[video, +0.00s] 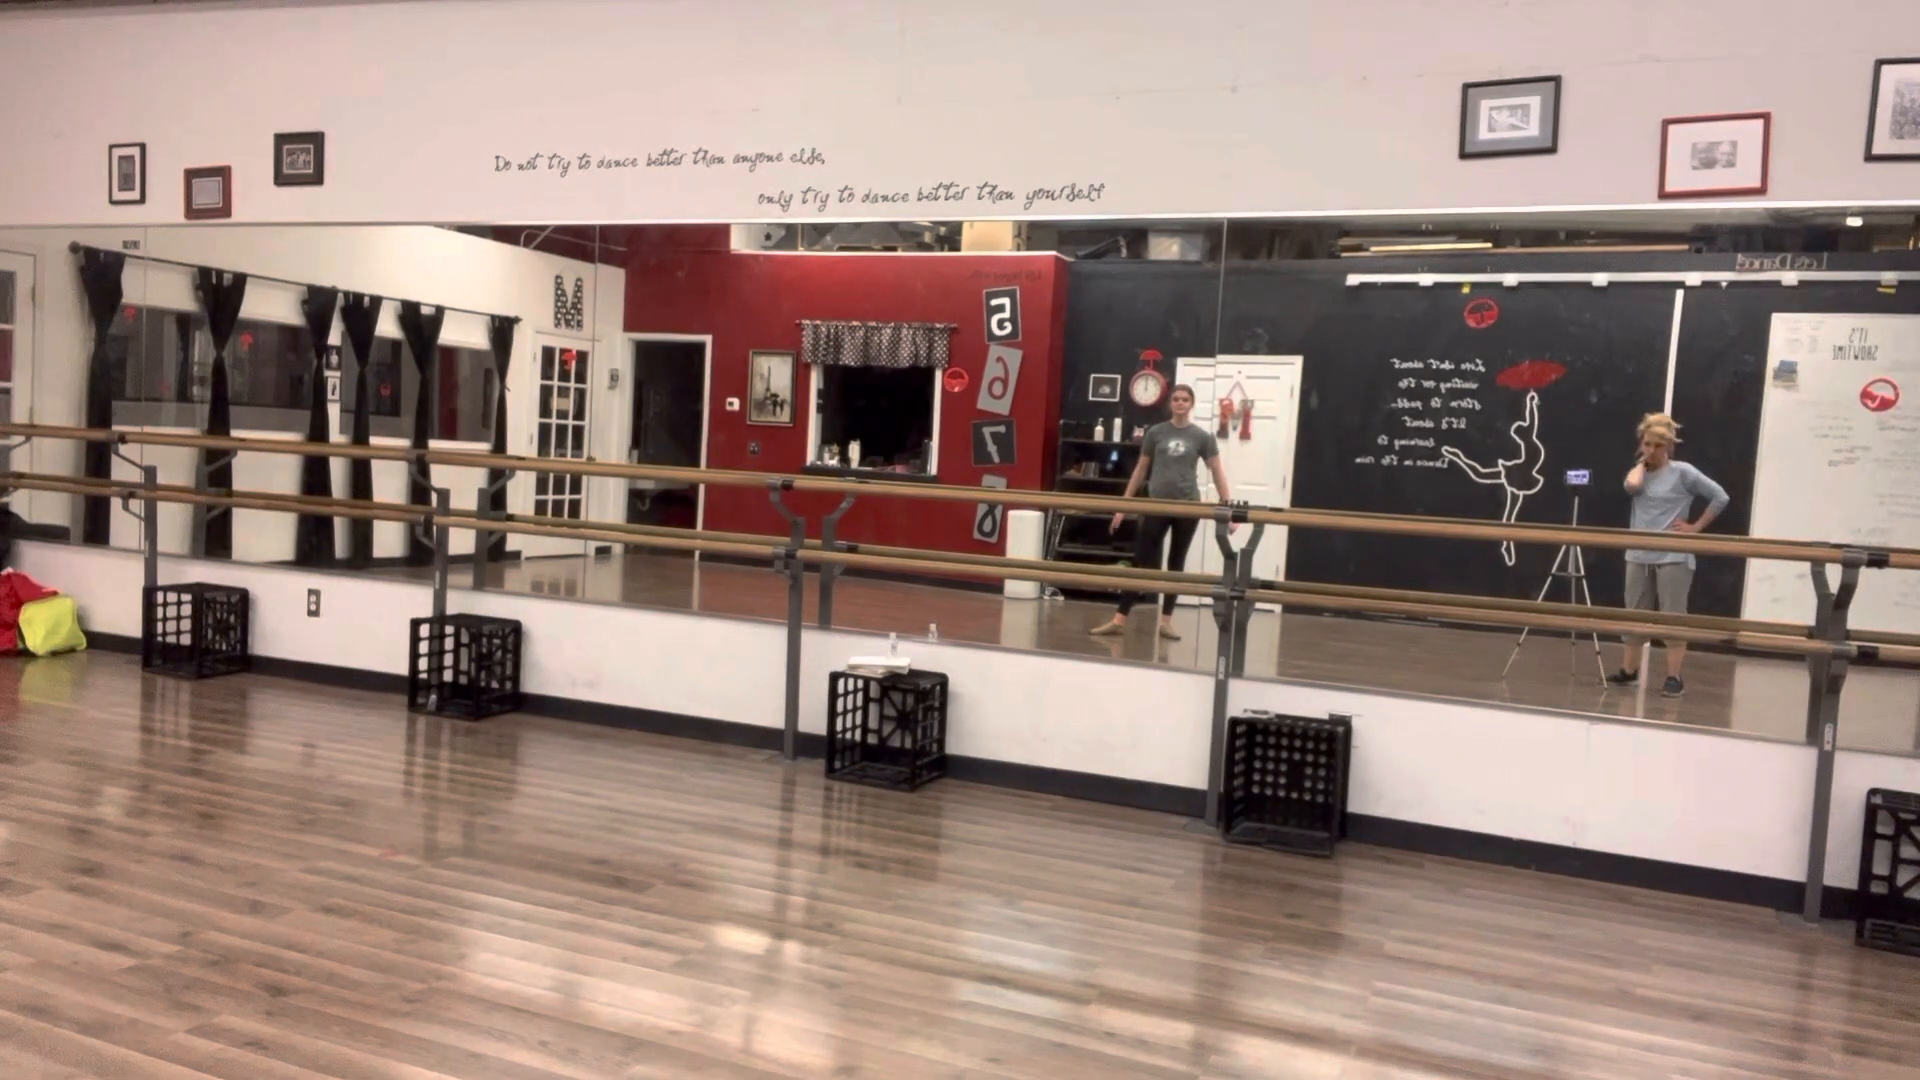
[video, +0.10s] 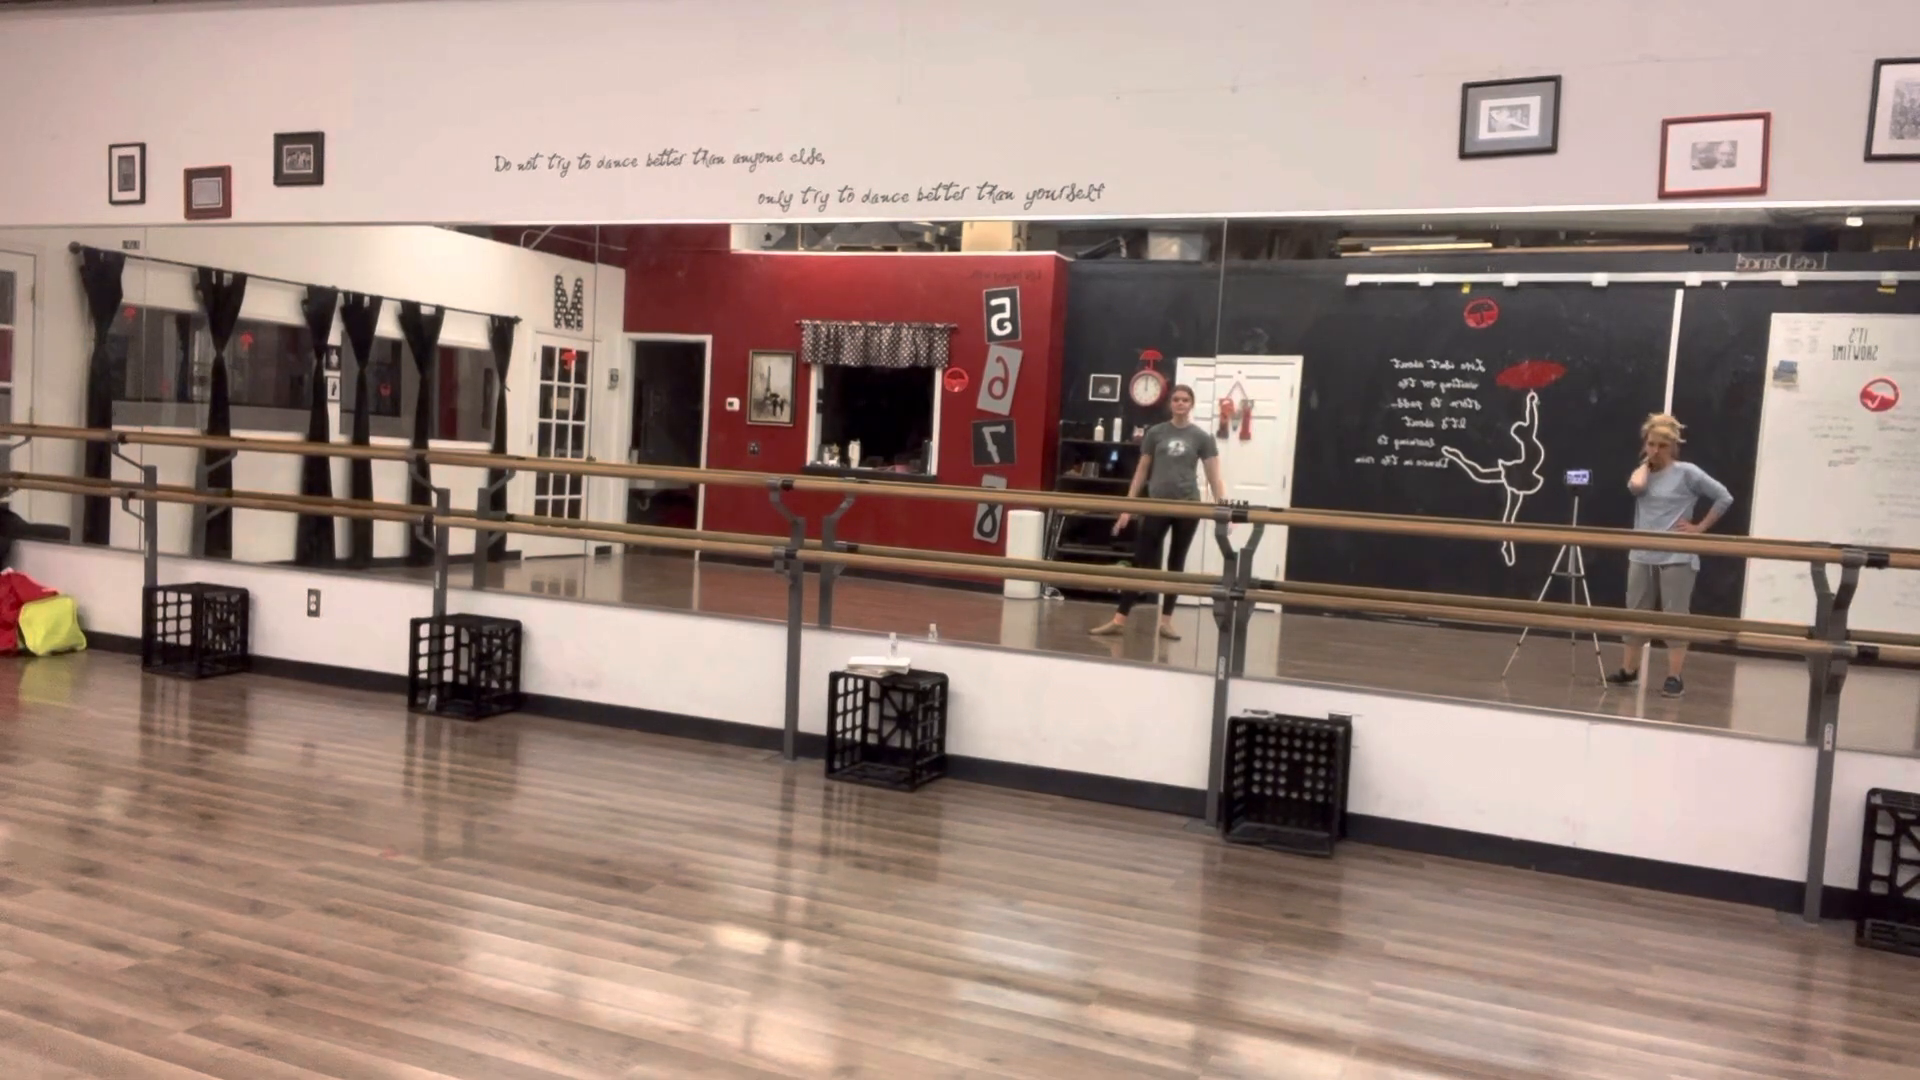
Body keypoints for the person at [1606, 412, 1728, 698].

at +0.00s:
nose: (1651, 451)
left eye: (1658, 446)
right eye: (1647, 445)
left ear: (1669, 447)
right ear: (1641, 446)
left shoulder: (1682, 472)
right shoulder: (1637, 472)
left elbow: (1721, 497)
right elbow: (1631, 486)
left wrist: (1695, 527)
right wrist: (1644, 459)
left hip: (1673, 556)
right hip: (1638, 554)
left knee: (1673, 617)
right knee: (1634, 613)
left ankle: (1673, 675)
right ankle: (1629, 670)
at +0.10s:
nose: (1654, 451)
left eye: (1661, 445)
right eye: (1650, 444)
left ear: (1672, 447)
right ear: (1645, 446)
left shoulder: (1687, 472)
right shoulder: (1640, 472)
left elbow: (1725, 498)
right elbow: (1635, 487)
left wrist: (1700, 527)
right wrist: (1648, 460)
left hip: (1676, 556)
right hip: (1641, 554)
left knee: (1675, 617)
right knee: (1635, 613)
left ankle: (1674, 675)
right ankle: (1629, 670)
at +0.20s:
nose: (1657, 451)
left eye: (1664, 445)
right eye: (1654, 444)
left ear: (1676, 448)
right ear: (1648, 446)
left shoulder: (1689, 472)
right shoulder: (1644, 472)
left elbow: (1727, 498)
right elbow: (1638, 487)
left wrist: (1702, 528)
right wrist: (1650, 461)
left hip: (1679, 557)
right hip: (1644, 554)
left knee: (1676, 618)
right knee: (1636, 613)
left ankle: (1674, 676)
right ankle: (1629, 670)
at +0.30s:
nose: (1658, 451)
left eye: (1665, 445)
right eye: (1655, 444)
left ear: (1677, 447)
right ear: (1650, 445)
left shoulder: (1690, 473)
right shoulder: (1645, 472)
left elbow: (1728, 498)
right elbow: (1638, 487)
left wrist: (1703, 528)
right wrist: (1652, 461)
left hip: (1679, 557)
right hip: (1644, 555)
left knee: (1677, 618)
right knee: (1637, 613)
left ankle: (1675, 675)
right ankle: (1629, 669)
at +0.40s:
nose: (1658, 451)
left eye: (1665, 445)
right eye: (1655, 444)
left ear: (1677, 448)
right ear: (1650, 444)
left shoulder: (1690, 473)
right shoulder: (1646, 472)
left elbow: (1728, 499)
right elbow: (1637, 487)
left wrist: (1702, 528)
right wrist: (1652, 461)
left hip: (1679, 558)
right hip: (1644, 555)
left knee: (1678, 619)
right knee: (1638, 614)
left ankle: (1674, 676)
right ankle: (1629, 670)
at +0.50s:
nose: (1656, 450)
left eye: (1663, 445)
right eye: (1654, 443)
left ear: (1677, 448)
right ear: (1649, 444)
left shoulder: (1688, 473)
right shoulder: (1646, 472)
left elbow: (1726, 500)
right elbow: (1636, 486)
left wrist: (1701, 529)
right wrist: (1651, 460)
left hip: (1677, 557)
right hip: (1643, 555)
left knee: (1678, 619)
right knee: (1638, 614)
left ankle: (1675, 675)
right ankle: (1629, 670)